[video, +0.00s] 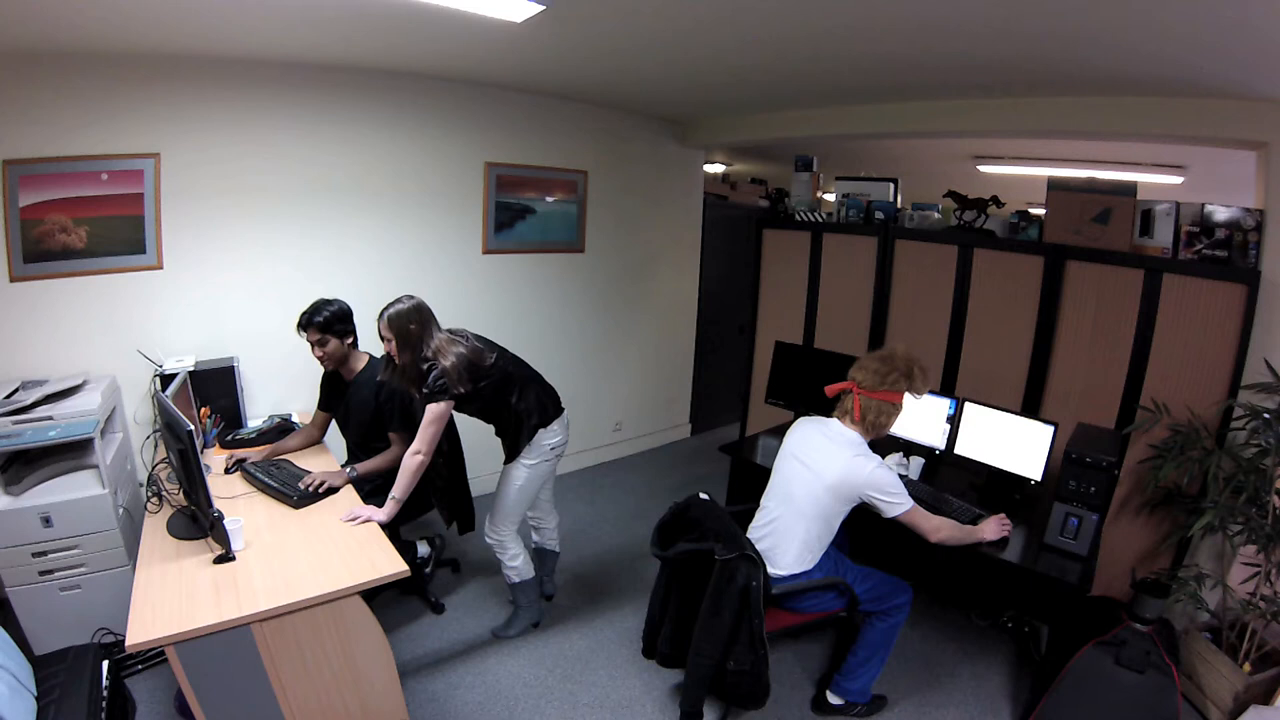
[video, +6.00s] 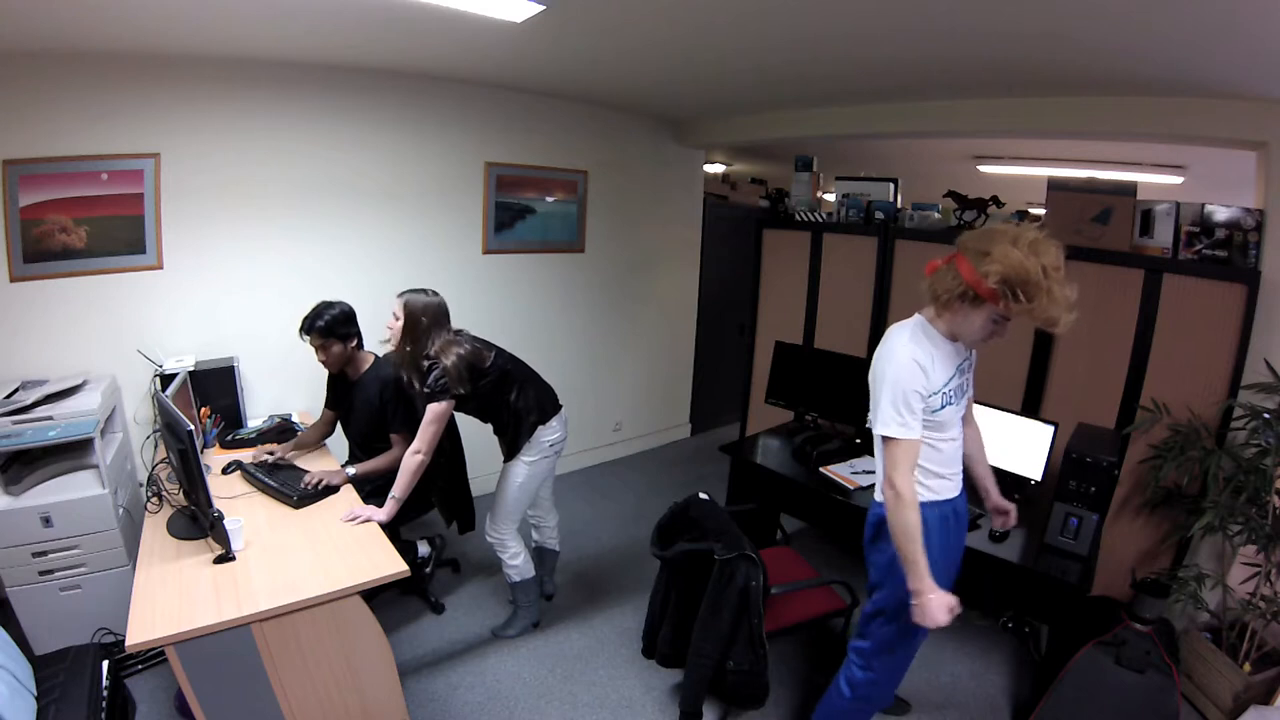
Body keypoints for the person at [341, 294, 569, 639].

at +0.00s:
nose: (387, 349)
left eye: (389, 340)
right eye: (384, 340)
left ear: (411, 337)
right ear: (420, 330)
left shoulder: (443, 369)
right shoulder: (450, 340)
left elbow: (420, 452)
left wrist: (388, 509)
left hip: (538, 434)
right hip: (547, 421)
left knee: (500, 531)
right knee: (541, 507)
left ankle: (528, 607)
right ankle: (545, 580)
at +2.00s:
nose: (387, 349)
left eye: (389, 341)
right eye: (384, 341)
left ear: (410, 338)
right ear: (420, 331)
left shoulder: (444, 369)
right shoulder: (450, 340)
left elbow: (420, 452)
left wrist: (388, 509)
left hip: (538, 433)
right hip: (547, 421)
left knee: (500, 530)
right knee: (541, 507)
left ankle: (528, 607)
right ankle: (546, 581)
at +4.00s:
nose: (386, 346)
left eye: (389, 338)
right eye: (384, 338)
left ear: (411, 337)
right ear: (422, 330)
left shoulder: (443, 370)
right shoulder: (450, 340)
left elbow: (420, 452)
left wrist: (388, 509)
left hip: (538, 433)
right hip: (547, 420)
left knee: (500, 530)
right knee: (541, 507)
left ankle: (528, 607)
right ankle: (546, 581)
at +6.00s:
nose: (389, 324)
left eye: (395, 318)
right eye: (392, 316)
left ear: (416, 327)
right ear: (429, 324)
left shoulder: (445, 366)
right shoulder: (451, 343)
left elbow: (420, 451)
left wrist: (388, 510)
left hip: (538, 431)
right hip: (544, 419)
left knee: (501, 529)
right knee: (541, 506)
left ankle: (527, 609)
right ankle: (545, 580)